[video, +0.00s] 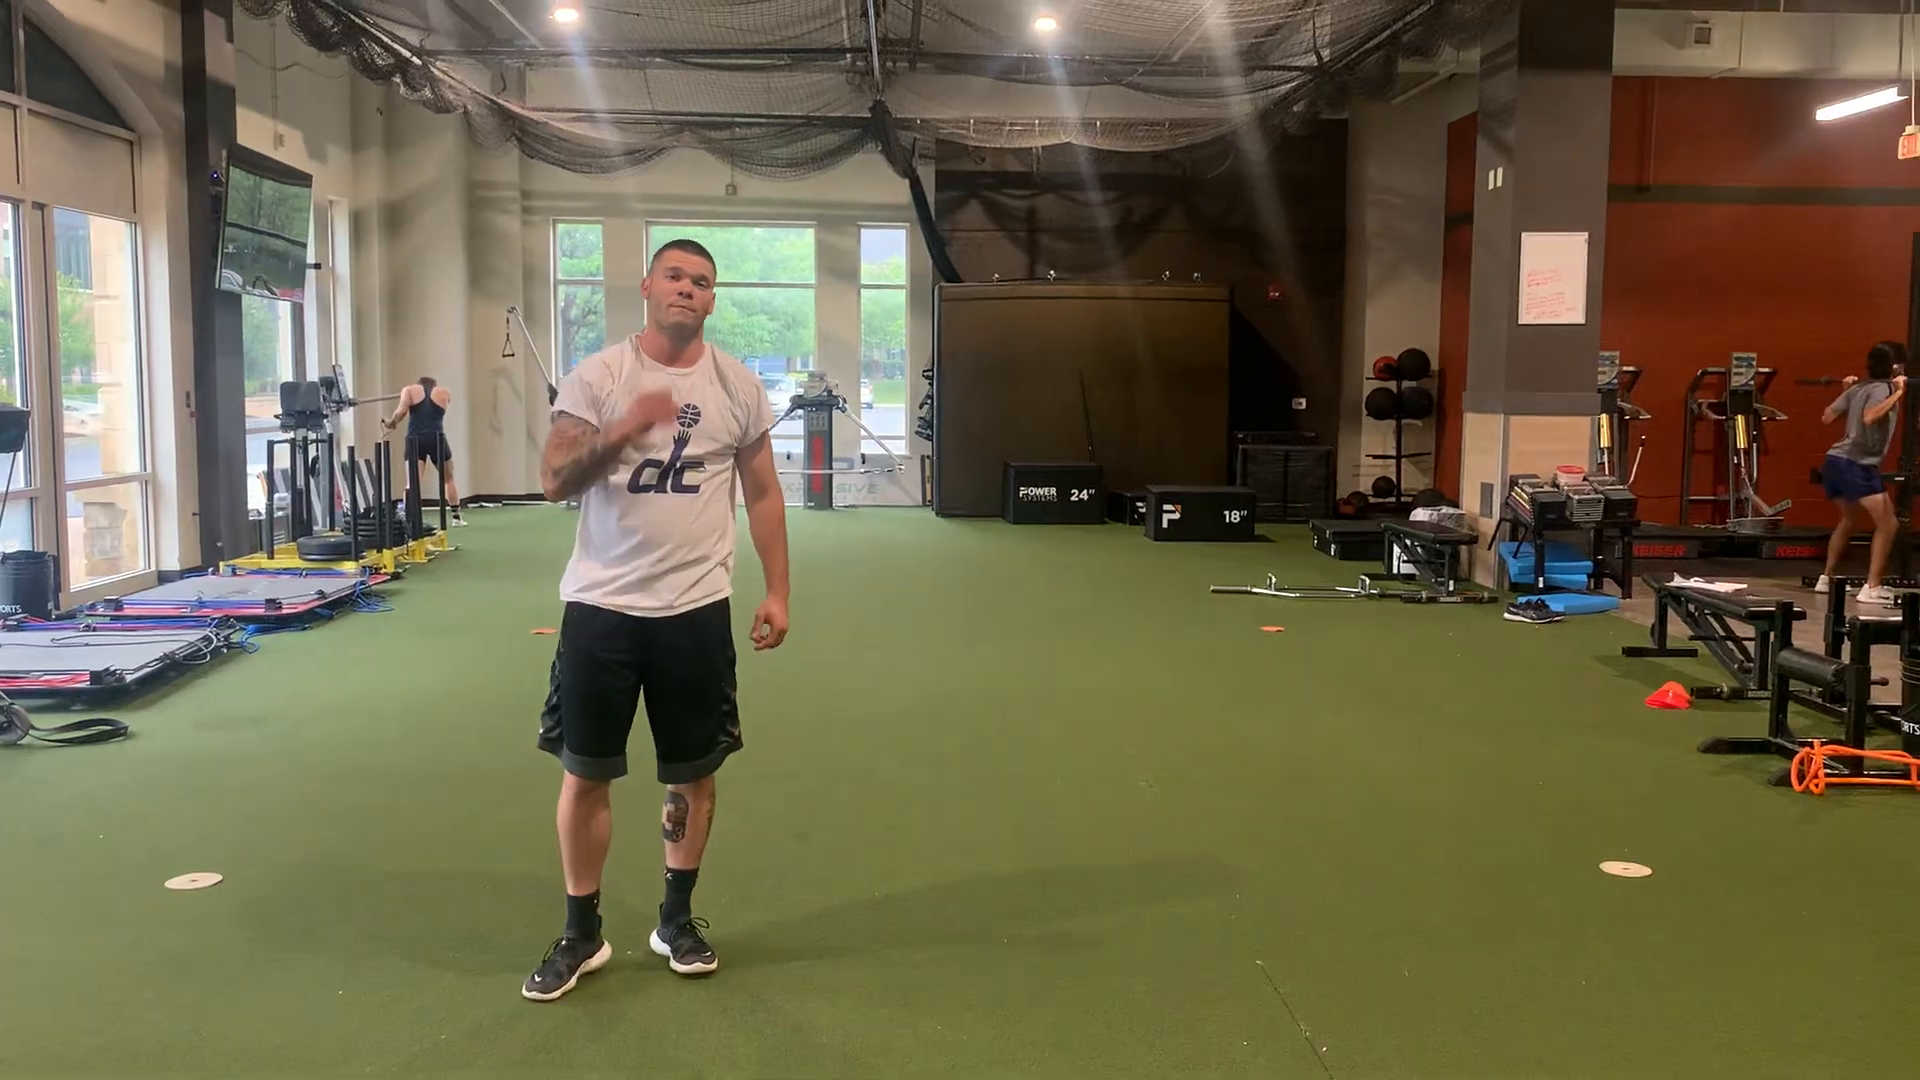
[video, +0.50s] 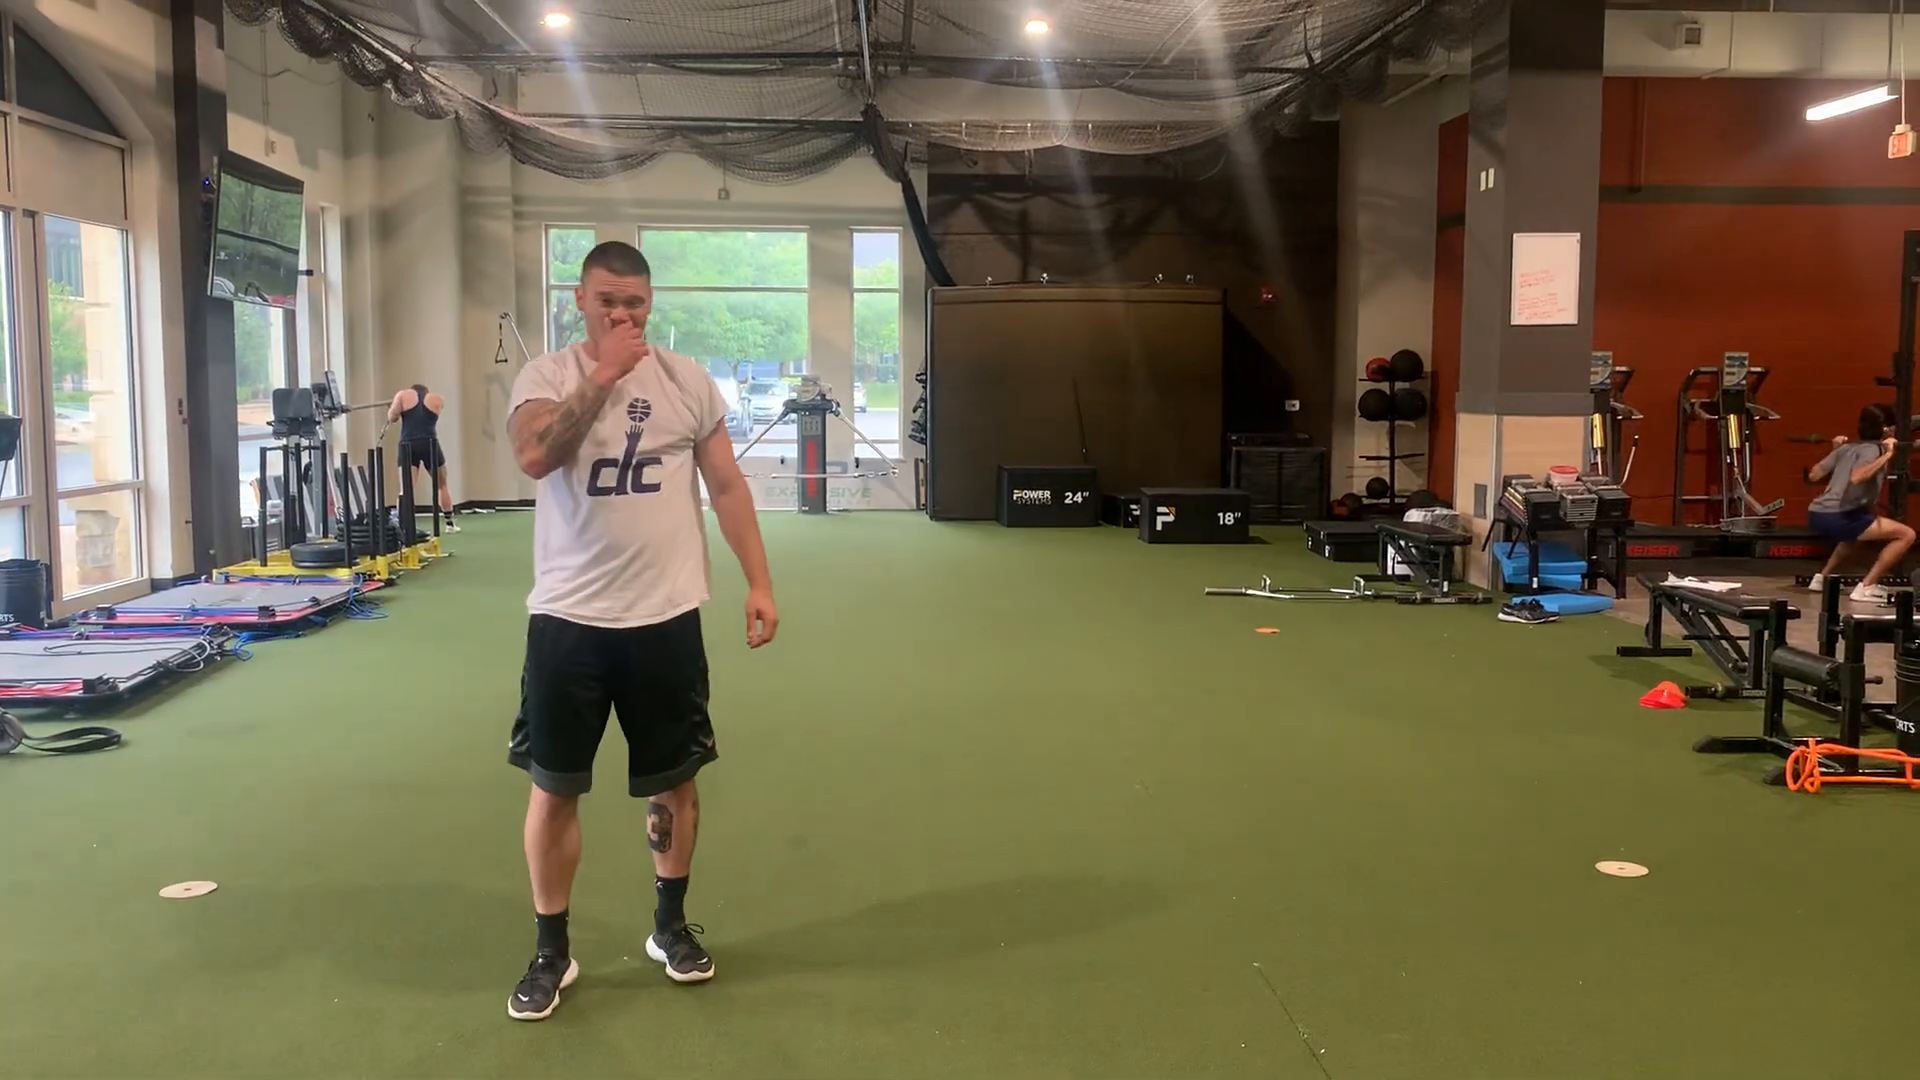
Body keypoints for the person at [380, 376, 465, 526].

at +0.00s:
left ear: (418, 384)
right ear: (435, 385)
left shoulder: (409, 390)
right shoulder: (444, 393)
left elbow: (402, 411)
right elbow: (440, 412)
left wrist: (391, 423)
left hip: (415, 440)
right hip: (437, 439)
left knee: (412, 482)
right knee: (449, 479)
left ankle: (408, 519)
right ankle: (456, 517)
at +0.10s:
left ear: (416, 384)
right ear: (432, 386)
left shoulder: (407, 391)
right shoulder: (441, 394)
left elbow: (398, 412)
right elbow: (438, 413)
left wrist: (391, 419)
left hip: (413, 441)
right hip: (434, 440)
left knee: (410, 482)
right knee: (446, 480)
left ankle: (404, 518)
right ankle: (454, 518)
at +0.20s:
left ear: (414, 385)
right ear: (429, 387)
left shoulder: (404, 392)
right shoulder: (438, 395)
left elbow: (395, 413)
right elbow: (437, 412)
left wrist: (390, 412)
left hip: (410, 441)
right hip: (432, 440)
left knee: (408, 482)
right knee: (443, 480)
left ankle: (401, 516)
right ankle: (452, 519)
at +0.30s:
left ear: (412, 387)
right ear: (428, 389)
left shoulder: (403, 393)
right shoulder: (437, 396)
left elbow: (393, 413)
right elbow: (436, 413)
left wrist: (401, 411)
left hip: (409, 442)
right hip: (430, 441)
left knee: (406, 483)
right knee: (442, 482)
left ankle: (400, 517)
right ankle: (450, 520)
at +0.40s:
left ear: (411, 389)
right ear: (427, 390)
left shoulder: (403, 394)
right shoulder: (437, 397)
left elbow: (392, 415)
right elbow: (434, 415)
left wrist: (402, 410)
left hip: (408, 444)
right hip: (430, 442)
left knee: (406, 485)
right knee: (442, 483)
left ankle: (400, 520)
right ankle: (450, 522)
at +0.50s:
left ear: (411, 390)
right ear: (427, 392)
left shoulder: (402, 395)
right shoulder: (437, 399)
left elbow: (392, 417)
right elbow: (433, 417)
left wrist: (402, 413)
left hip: (408, 445)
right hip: (429, 444)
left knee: (406, 487)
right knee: (442, 484)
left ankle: (400, 522)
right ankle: (450, 523)